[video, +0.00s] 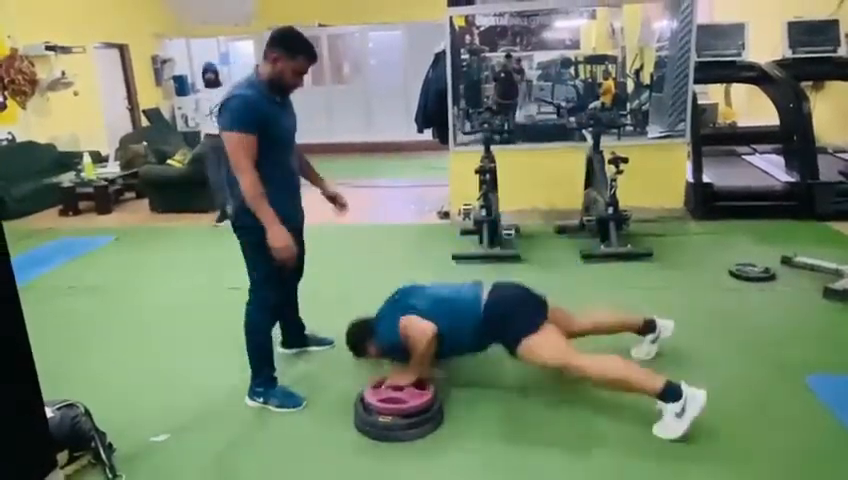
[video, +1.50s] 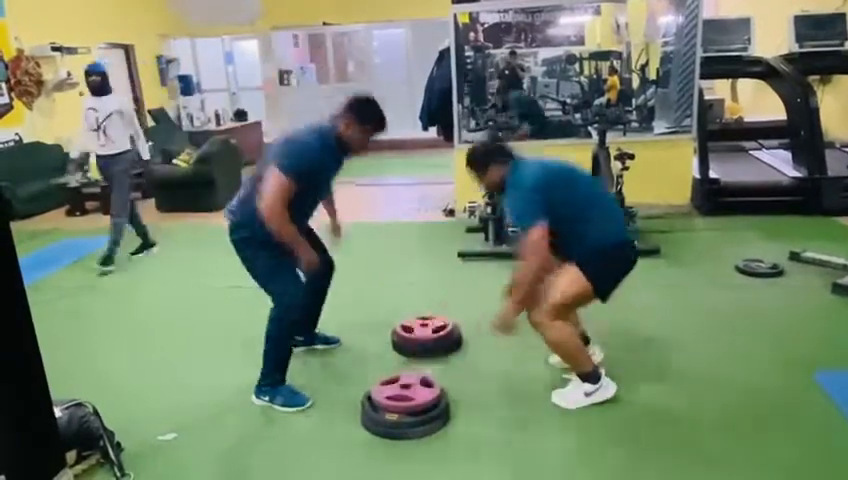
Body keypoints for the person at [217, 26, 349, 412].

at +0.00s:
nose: (302, 81)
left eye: (304, 73)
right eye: (298, 72)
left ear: (281, 63)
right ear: (274, 60)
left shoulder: (278, 97)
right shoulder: (242, 103)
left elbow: (288, 153)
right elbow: (244, 174)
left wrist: (323, 187)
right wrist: (272, 226)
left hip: (287, 210)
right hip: (257, 216)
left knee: (288, 276)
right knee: (265, 296)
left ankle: (294, 335)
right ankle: (262, 384)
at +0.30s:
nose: (301, 82)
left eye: (303, 74)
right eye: (297, 73)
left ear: (279, 65)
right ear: (273, 61)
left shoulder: (276, 98)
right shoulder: (241, 104)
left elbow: (287, 155)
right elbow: (242, 171)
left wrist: (319, 191)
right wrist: (286, 217)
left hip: (285, 209)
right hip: (257, 215)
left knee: (289, 276)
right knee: (266, 295)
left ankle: (293, 335)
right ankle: (262, 385)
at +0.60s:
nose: (303, 81)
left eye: (306, 74)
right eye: (300, 73)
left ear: (283, 64)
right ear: (276, 61)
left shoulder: (280, 98)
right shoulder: (243, 102)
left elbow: (285, 159)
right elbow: (238, 172)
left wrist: (299, 204)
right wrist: (260, 228)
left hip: (291, 213)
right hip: (264, 219)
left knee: (291, 278)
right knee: (266, 298)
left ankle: (295, 335)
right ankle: (263, 384)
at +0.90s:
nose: (308, 81)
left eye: (311, 74)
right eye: (305, 72)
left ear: (288, 63)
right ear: (281, 60)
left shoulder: (285, 96)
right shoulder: (248, 101)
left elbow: (293, 153)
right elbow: (244, 171)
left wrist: (317, 194)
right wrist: (275, 223)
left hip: (294, 208)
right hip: (266, 214)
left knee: (296, 275)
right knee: (270, 296)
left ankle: (298, 334)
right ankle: (267, 383)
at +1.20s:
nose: (325, 86)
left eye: (328, 79)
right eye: (322, 78)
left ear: (307, 69)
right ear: (300, 65)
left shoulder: (301, 100)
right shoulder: (261, 101)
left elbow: (296, 155)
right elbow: (241, 162)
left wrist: (311, 195)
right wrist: (278, 213)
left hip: (298, 211)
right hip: (267, 216)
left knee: (299, 278)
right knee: (273, 295)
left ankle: (301, 334)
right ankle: (268, 381)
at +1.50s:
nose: (367, 144)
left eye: (370, 137)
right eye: (366, 136)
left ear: (350, 125)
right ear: (347, 124)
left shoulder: (333, 148)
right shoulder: (306, 146)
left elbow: (321, 182)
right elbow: (270, 206)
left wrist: (332, 216)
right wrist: (302, 250)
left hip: (287, 220)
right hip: (252, 226)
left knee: (320, 267)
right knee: (291, 297)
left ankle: (302, 332)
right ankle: (269, 385)